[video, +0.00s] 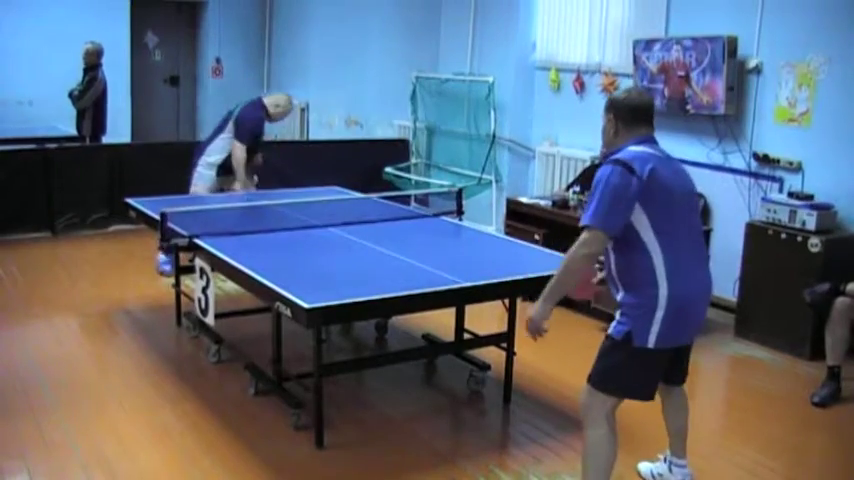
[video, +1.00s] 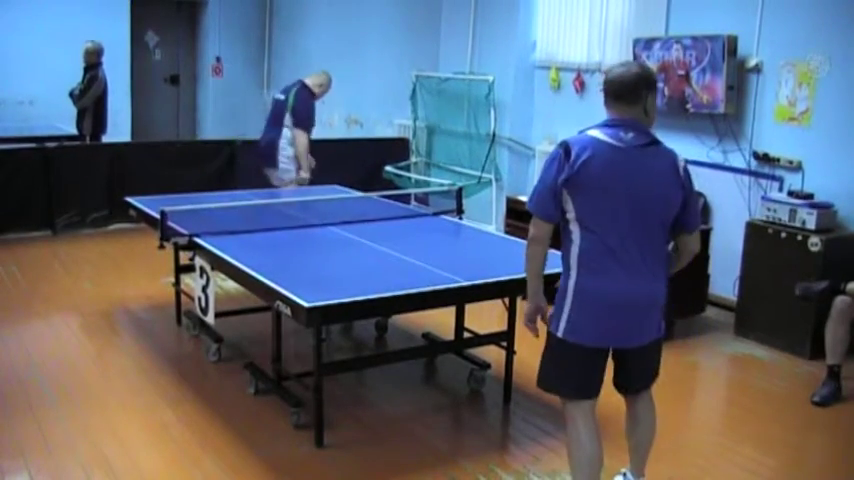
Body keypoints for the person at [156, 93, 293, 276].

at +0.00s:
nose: (280, 119)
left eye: (283, 116)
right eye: (282, 115)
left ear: (274, 104)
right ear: (276, 108)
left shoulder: (257, 112)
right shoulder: (251, 114)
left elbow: (252, 140)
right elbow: (238, 150)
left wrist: (255, 155)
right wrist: (241, 181)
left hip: (228, 163)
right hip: (209, 163)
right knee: (195, 207)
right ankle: (167, 251)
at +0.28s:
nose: (285, 123)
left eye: (289, 121)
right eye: (288, 119)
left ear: (283, 108)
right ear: (283, 110)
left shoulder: (266, 115)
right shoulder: (259, 111)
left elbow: (255, 150)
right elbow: (241, 143)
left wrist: (269, 169)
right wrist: (242, 176)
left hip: (235, 161)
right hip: (215, 161)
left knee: (253, 199)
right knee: (216, 205)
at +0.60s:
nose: (300, 116)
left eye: (304, 113)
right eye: (303, 112)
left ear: (300, 103)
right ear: (300, 104)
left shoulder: (285, 114)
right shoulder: (273, 107)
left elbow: (278, 151)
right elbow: (255, 137)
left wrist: (279, 178)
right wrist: (249, 170)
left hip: (259, 163)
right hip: (235, 160)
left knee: (272, 201)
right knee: (229, 204)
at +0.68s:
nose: (307, 111)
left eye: (310, 108)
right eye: (310, 107)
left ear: (305, 98)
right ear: (306, 99)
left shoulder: (291, 109)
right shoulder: (280, 102)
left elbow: (283, 145)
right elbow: (262, 134)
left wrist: (282, 173)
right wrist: (255, 167)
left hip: (266, 160)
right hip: (244, 157)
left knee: (273, 200)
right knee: (244, 203)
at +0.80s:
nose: (312, 104)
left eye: (316, 101)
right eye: (315, 99)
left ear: (312, 91)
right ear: (313, 93)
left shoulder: (297, 101)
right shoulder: (288, 97)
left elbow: (288, 137)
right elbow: (273, 130)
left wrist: (290, 164)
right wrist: (270, 163)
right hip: (255, 150)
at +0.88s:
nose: (318, 100)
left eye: (321, 97)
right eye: (320, 95)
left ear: (314, 86)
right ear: (316, 89)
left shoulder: (300, 97)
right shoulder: (294, 96)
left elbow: (294, 134)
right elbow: (283, 131)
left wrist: (297, 159)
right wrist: (283, 163)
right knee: (271, 189)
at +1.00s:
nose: (320, 97)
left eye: (323, 94)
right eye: (323, 93)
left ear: (310, 80)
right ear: (320, 87)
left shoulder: (290, 89)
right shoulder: (304, 95)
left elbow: (292, 129)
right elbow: (300, 133)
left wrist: (305, 156)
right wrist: (304, 169)